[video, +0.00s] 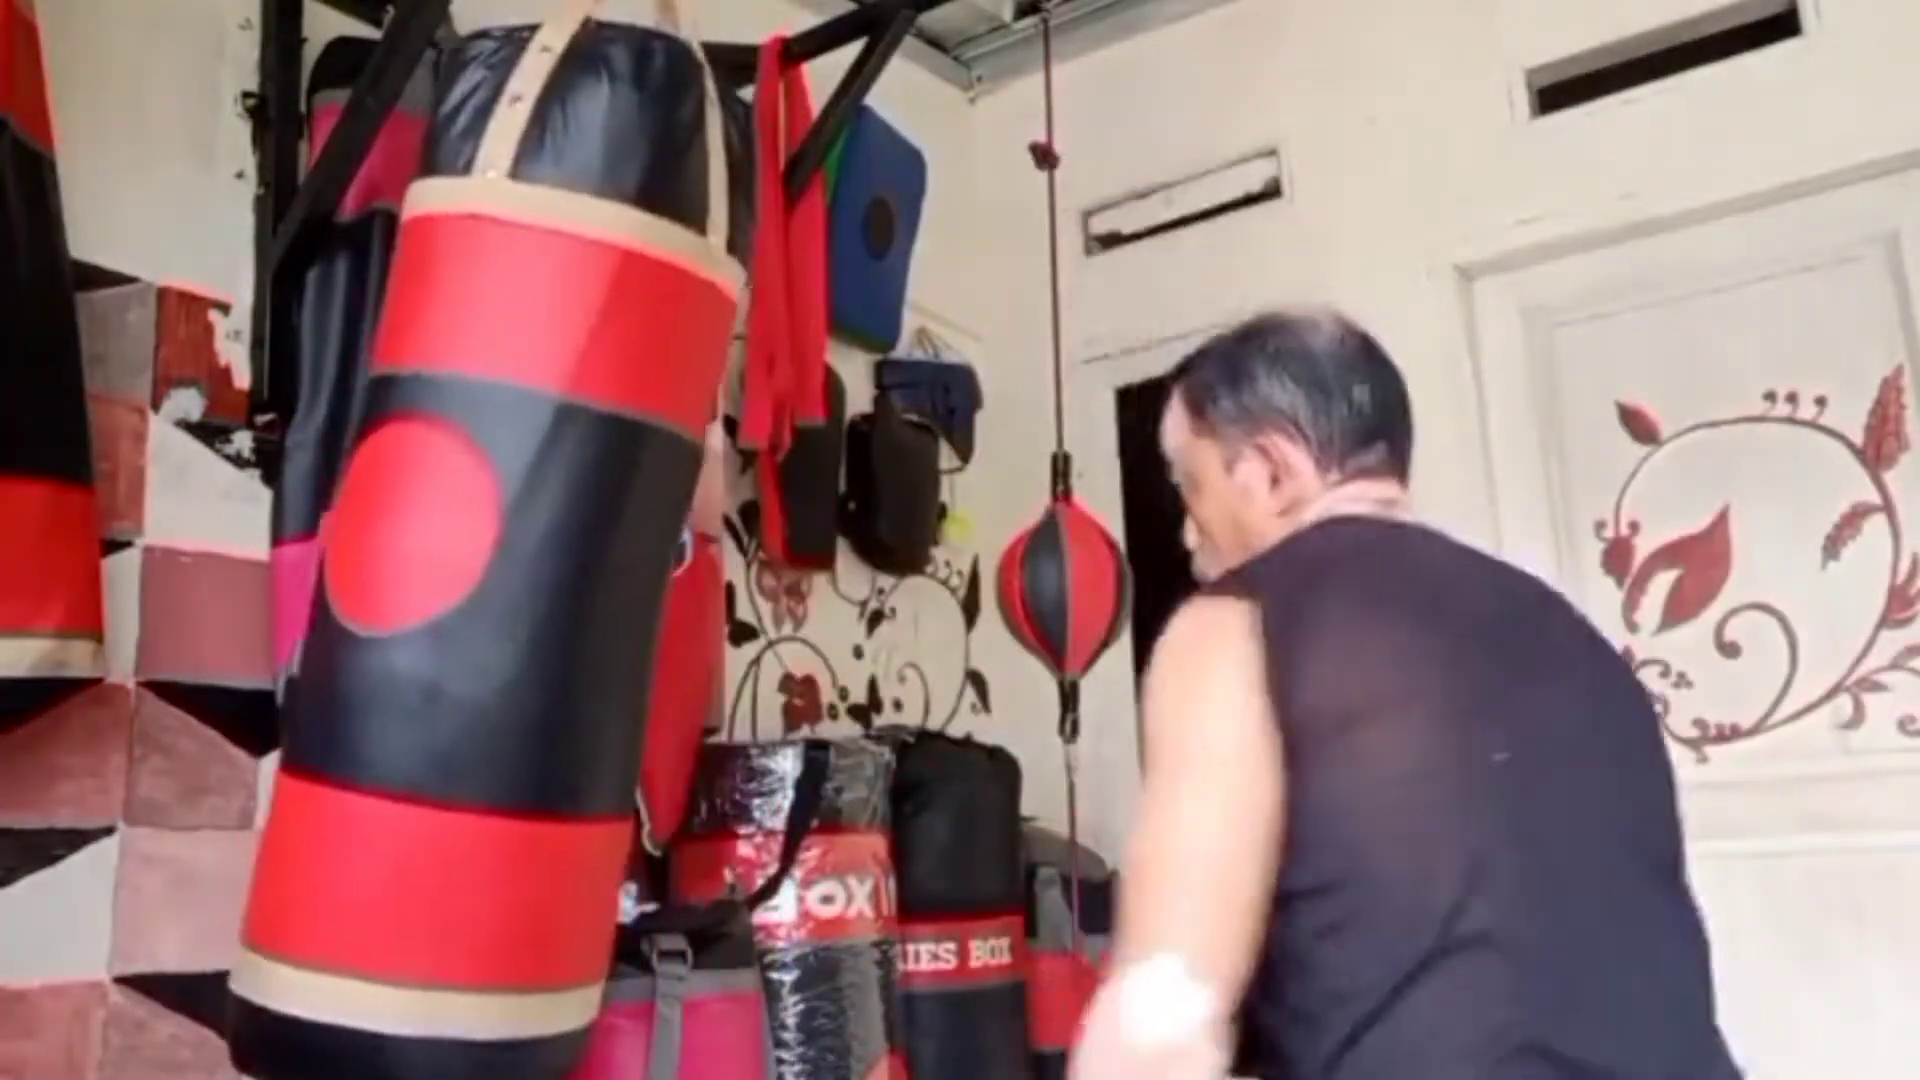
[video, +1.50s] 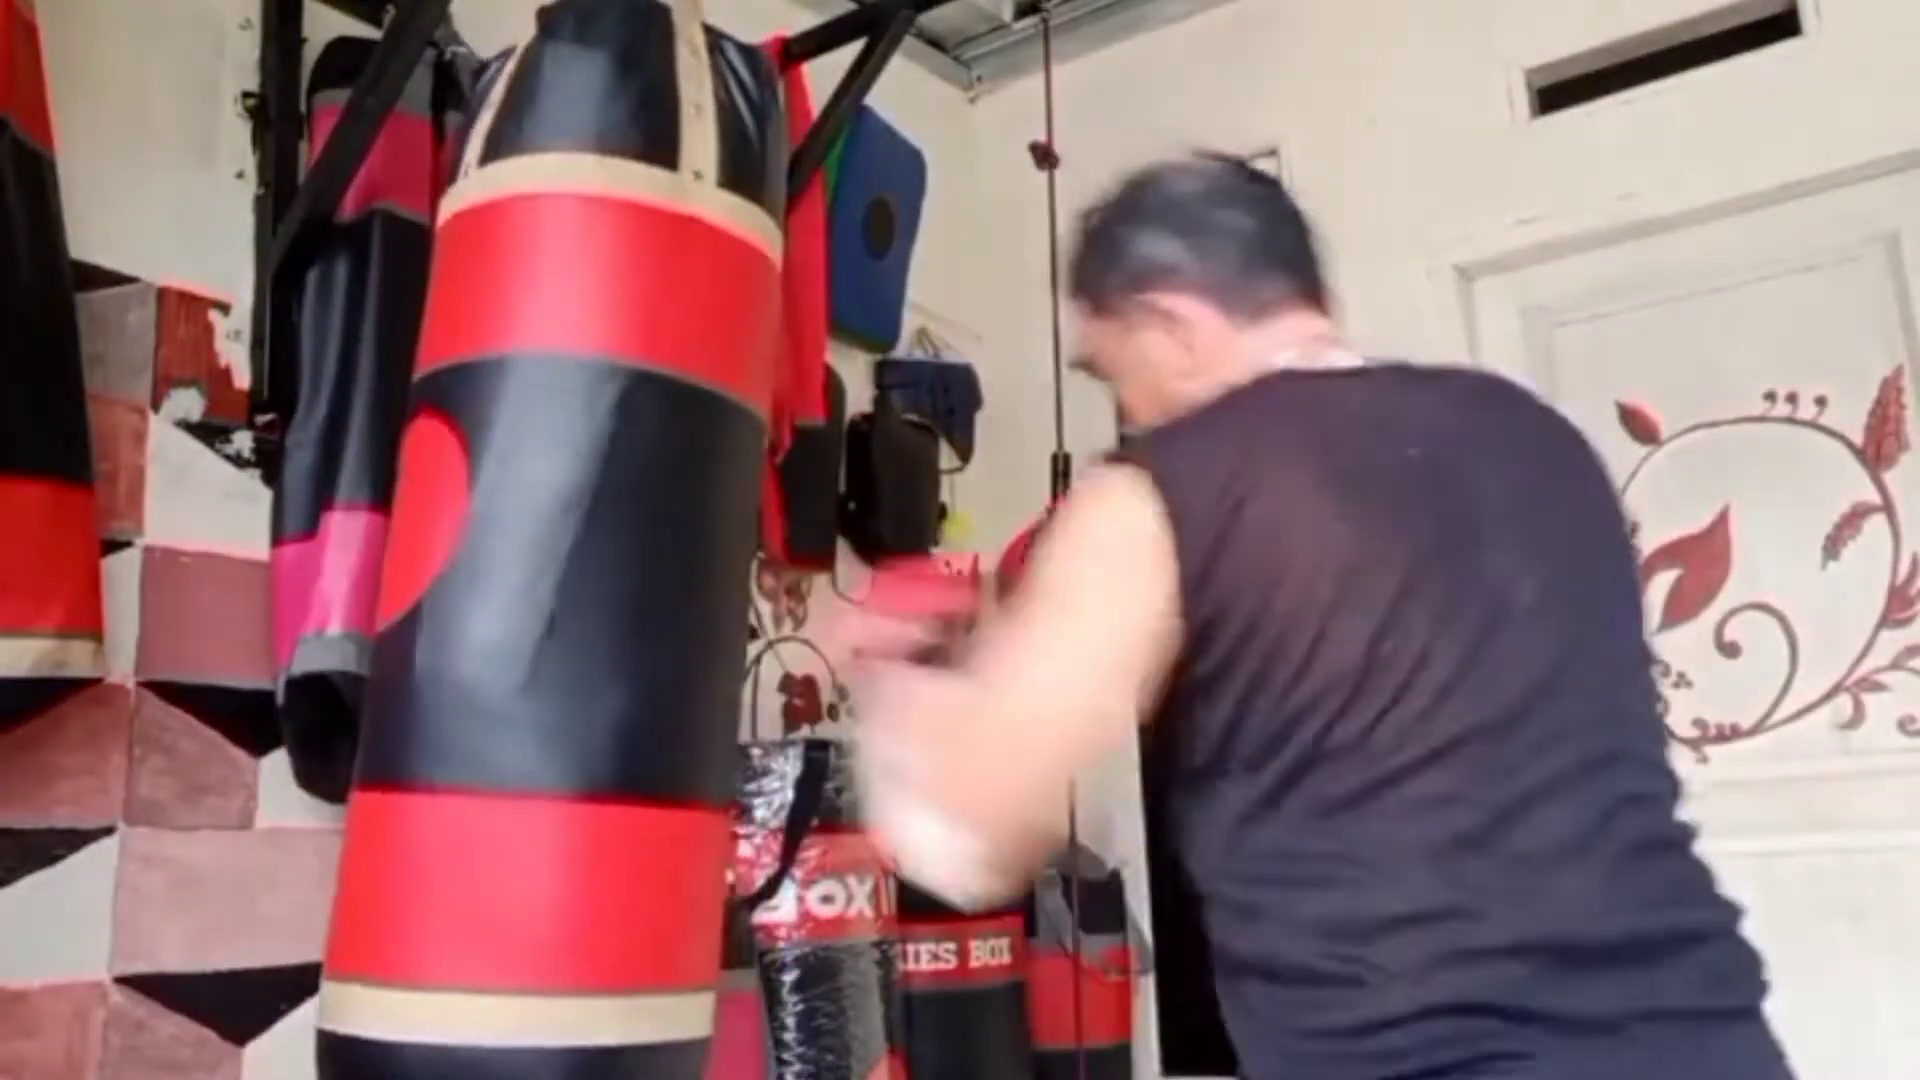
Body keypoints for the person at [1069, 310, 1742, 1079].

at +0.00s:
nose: (1189, 534)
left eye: (1190, 490)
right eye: (1182, 497)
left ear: (1274, 469)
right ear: (1387, 466)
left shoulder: (1231, 627)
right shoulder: (1567, 624)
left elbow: (1167, 1015)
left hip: (1417, 1054)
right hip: (1673, 1054)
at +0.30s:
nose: (1084, 471)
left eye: (1079, 417)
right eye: (1073, 425)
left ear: (1169, 384)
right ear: (1281, 384)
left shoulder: (1236, 561)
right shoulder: (1415, 543)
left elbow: (1156, 990)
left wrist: (1065, 957)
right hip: (1581, 1042)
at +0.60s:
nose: (1048, 455)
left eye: (1039, 403)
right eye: (1032, 410)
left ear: (1144, 373)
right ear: (1140, 379)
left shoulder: (1360, 596)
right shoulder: (1220, 564)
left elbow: (1399, 1049)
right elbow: (1038, 710)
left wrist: (1135, 873)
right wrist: (843, 739)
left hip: (1498, 1062)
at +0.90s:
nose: (1012, 489)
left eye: (1003, 437)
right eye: (996, 443)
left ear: (1102, 403)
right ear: (1120, 397)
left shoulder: (1354, 636)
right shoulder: (1225, 529)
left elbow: (1307, 1059)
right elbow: (1030, 595)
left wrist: (1083, 901)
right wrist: (804, 627)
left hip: (1507, 1064)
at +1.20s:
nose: (1020, 414)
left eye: (1011, 368)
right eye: (1003, 376)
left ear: (1079, 337)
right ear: (1225, 293)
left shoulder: (1074, 529)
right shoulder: (1423, 427)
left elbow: (761, 704)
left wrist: (686, 639)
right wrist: (880, 613)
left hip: (1421, 1064)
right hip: (1674, 1041)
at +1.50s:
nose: (1121, 412)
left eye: (1109, 372)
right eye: (1102, 380)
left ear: (1173, 320)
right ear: (1309, 298)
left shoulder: (1157, 494)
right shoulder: (1538, 428)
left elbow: (965, 835)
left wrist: (885, 677)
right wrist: (1017, 633)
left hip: (1391, 1055)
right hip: (1702, 1041)